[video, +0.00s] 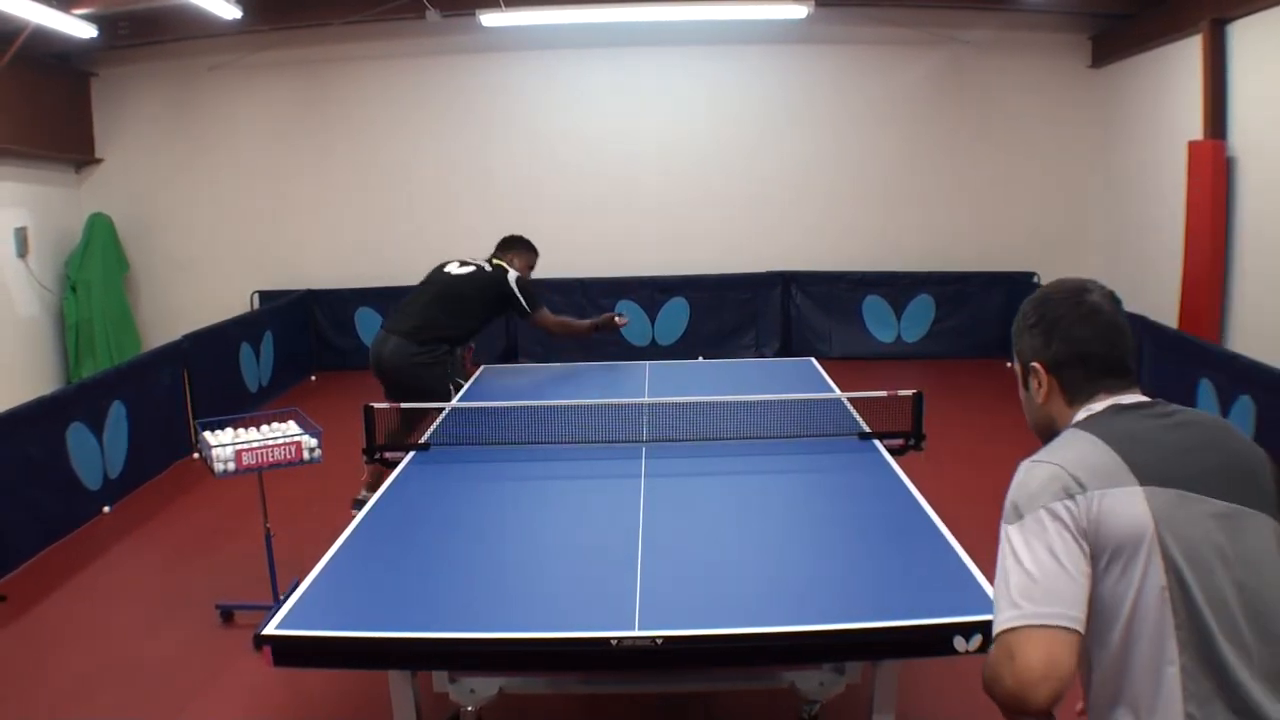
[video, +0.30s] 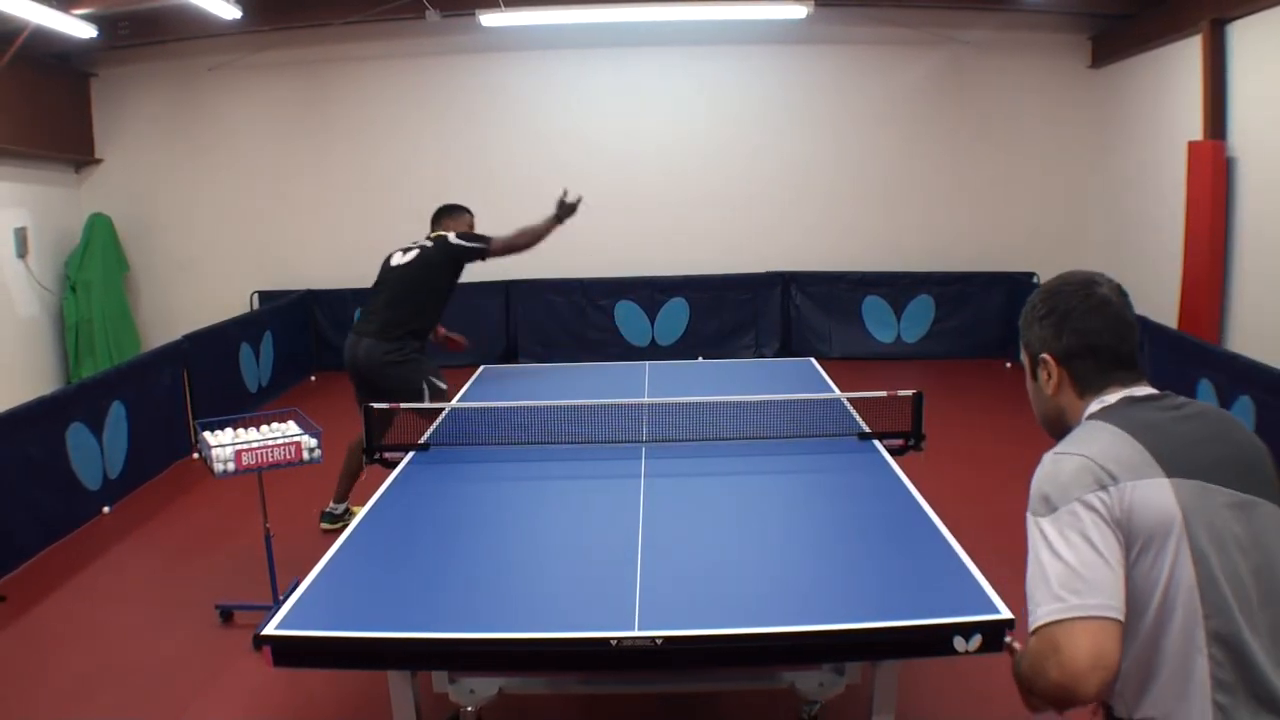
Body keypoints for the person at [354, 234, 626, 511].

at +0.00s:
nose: (528, 277)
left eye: (530, 271)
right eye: (527, 270)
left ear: (498, 256)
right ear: (514, 261)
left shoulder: (456, 265)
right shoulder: (509, 281)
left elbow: (429, 305)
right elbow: (550, 324)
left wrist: (455, 349)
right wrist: (596, 324)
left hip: (385, 349)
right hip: (418, 359)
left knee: (412, 415)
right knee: (454, 420)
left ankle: (372, 486)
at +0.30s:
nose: (474, 233)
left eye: (473, 228)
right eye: (470, 227)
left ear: (436, 227)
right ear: (455, 228)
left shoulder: (403, 252)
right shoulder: (453, 246)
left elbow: (391, 303)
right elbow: (514, 243)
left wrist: (435, 332)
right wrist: (557, 218)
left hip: (359, 351)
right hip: (392, 356)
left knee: (375, 425)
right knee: (456, 419)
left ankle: (336, 507)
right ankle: (446, 501)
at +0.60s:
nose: (440, 219)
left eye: (438, 214)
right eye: (435, 214)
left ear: (403, 219)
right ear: (417, 216)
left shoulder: (368, 242)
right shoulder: (424, 231)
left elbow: (331, 284)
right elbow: (472, 223)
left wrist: (360, 317)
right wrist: (516, 229)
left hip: (337, 340)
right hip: (373, 342)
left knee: (355, 424)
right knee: (423, 422)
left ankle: (334, 508)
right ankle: (439, 503)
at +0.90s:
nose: (468, 251)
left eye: (467, 245)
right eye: (465, 245)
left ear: (432, 244)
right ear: (453, 242)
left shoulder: (404, 259)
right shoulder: (451, 260)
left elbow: (370, 289)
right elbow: (442, 293)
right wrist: (443, 339)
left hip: (349, 356)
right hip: (382, 362)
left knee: (374, 427)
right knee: (445, 421)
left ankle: (335, 509)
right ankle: (440, 501)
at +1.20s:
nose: (505, 246)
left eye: (511, 241)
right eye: (499, 237)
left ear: (516, 241)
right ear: (480, 230)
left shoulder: (491, 263)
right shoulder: (449, 258)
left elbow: (477, 298)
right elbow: (396, 292)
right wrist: (437, 333)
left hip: (442, 349)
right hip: (412, 350)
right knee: (456, 412)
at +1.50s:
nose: (529, 238)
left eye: (535, 232)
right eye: (521, 230)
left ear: (540, 233)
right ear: (503, 228)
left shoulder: (537, 262)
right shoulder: (470, 258)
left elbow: (543, 290)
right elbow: (427, 295)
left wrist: (576, 315)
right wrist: (472, 326)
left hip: (504, 339)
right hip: (463, 342)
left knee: (534, 386)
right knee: (476, 402)